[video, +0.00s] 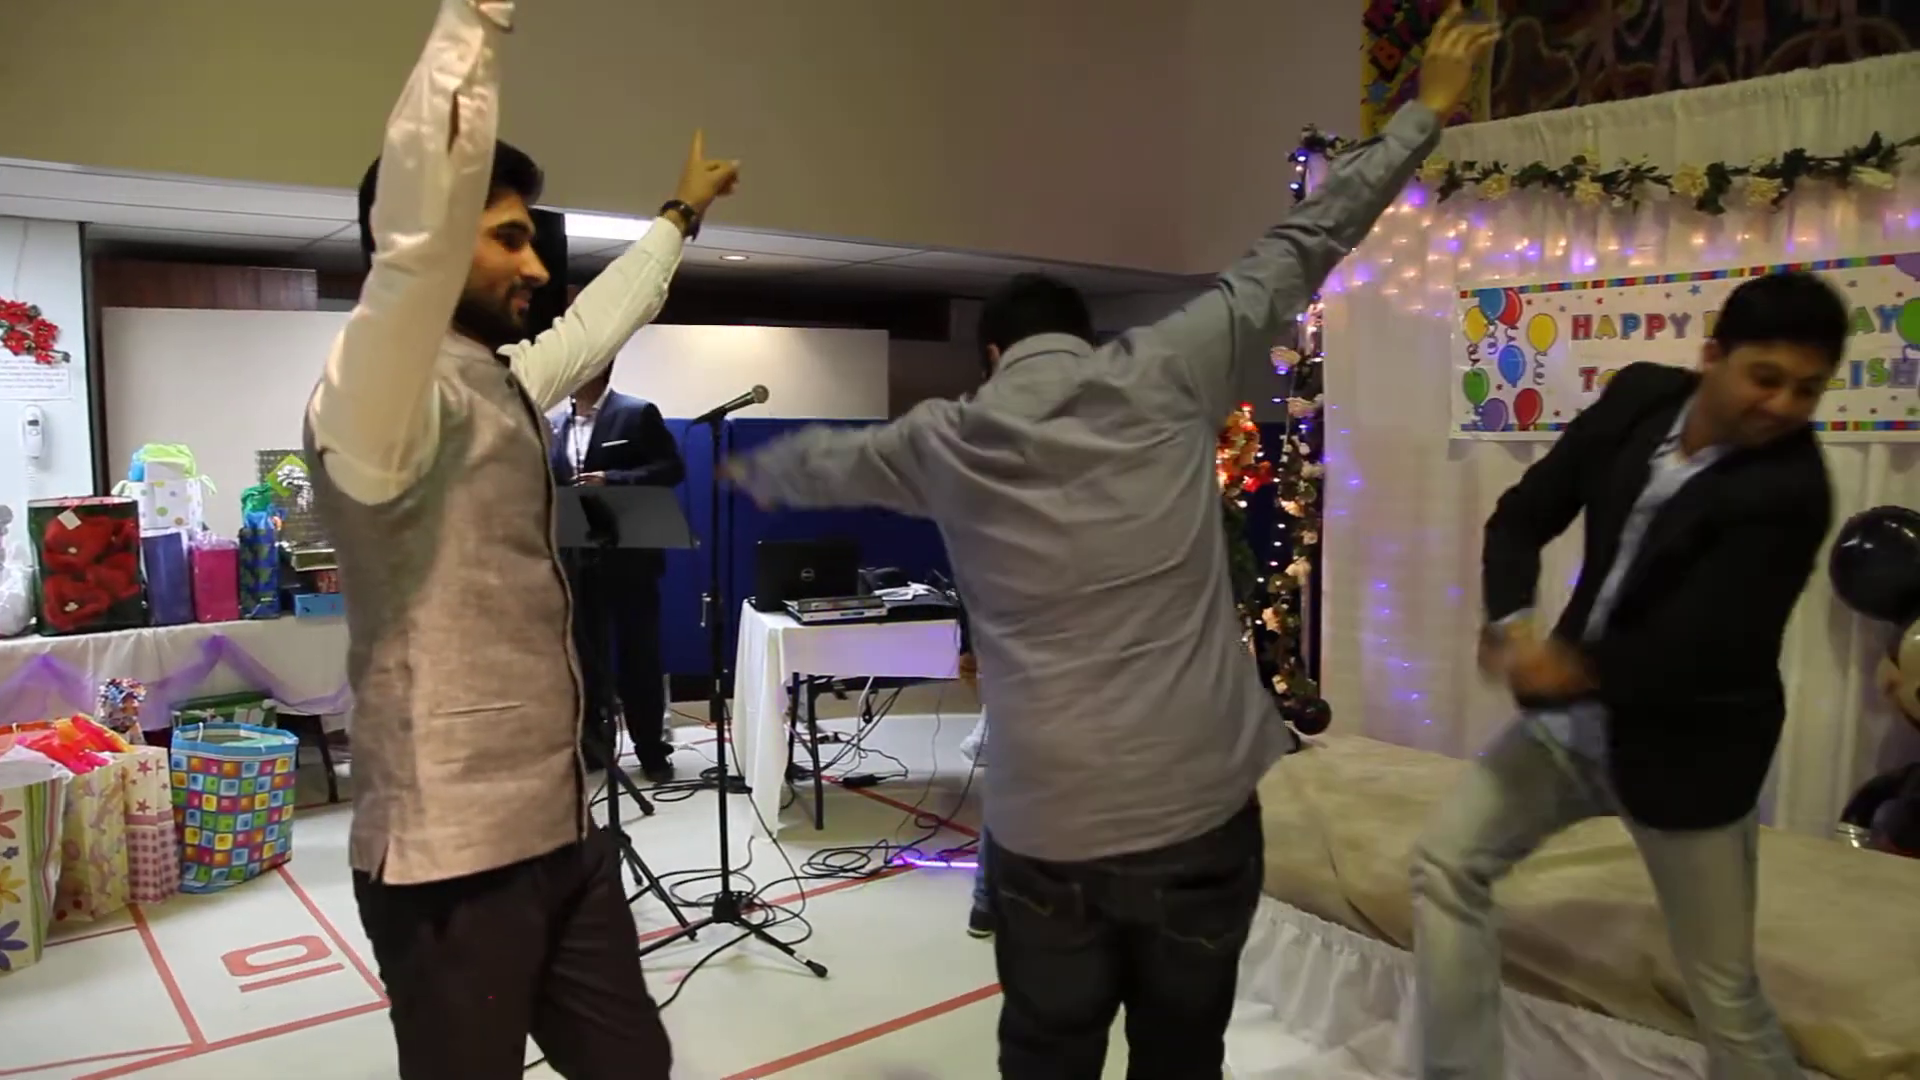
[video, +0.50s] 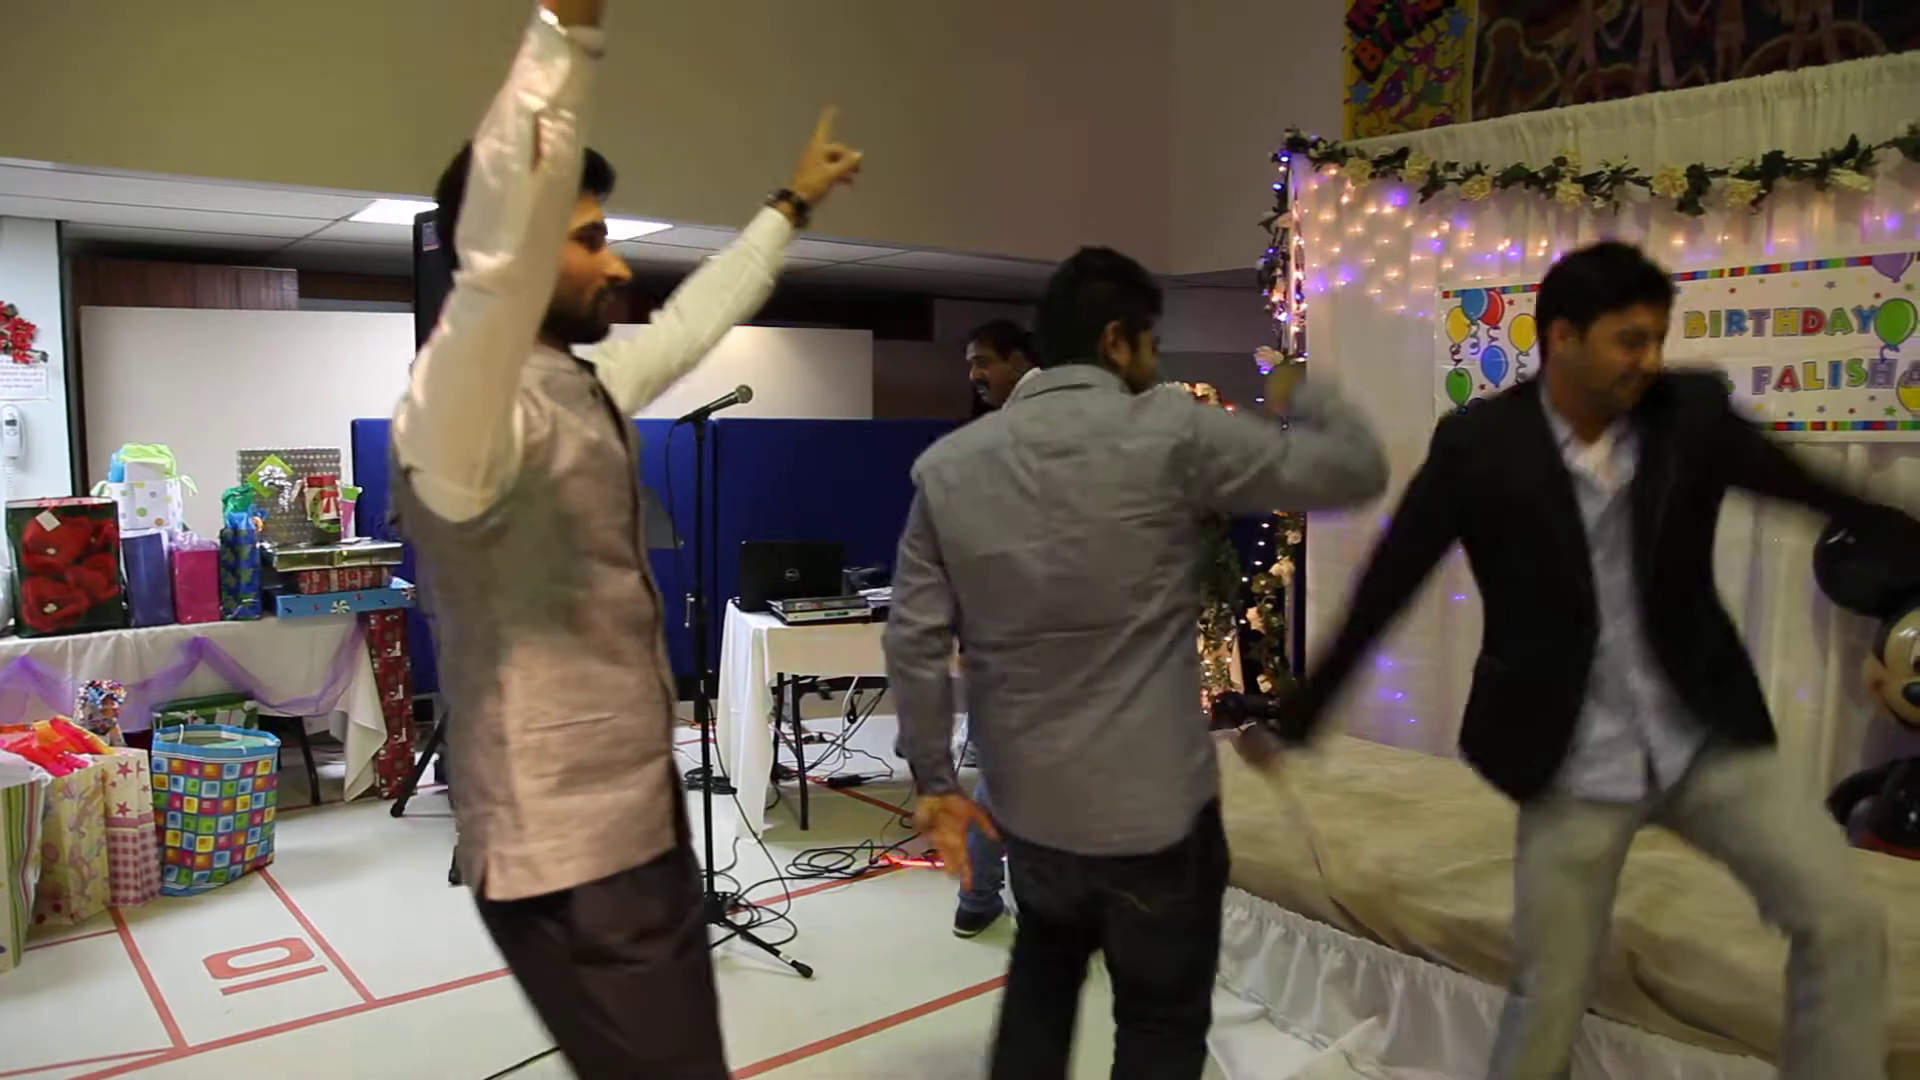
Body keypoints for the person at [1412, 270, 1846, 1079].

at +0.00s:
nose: (1782, 406)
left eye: (1806, 391)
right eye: (1766, 379)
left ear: (1824, 390)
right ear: (1714, 356)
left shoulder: (1793, 490)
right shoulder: (1640, 399)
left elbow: (1711, 640)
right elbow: (1520, 516)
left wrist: (1583, 668)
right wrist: (1507, 622)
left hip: (1691, 760)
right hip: (1579, 719)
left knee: (1723, 995)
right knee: (1446, 867)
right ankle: (1459, 1073)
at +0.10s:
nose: (1722, 422)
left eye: (1748, 407)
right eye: (1707, 395)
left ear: (1770, 399)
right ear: (1661, 367)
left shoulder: (1757, 496)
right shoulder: (1598, 414)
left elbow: (1679, 655)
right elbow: (1504, 555)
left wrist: (1525, 614)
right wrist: (1578, 593)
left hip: (1701, 761)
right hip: (1580, 732)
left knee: (1742, 1007)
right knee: (1478, 902)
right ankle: (1460, 1074)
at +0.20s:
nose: (1678, 417)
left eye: (1702, 399)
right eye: (1660, 392)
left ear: (1722, 391)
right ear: (1614, 369)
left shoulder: (1735, 488)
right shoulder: (1548, 436)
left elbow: (1679, 662)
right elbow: (1492, 594)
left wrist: (1533, 661)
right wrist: (1582, 601)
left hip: (1696, 781)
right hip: (1565, 764)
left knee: (1771, 1036)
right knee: (1508, 982)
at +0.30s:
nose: (1646, 420)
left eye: (1666, 400)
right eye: (1626, 398)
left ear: (1684, 393)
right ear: (1574, 381)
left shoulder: (1706, 492)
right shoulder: (1504, 464)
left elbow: (1706, 681)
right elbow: (1449, 632)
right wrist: (1541, 710)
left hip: (1694, 795)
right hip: (1553, 793)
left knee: (1785, 1038)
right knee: (1507, 1007)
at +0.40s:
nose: (1636, 407)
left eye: (1650, 387)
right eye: (1616, 386)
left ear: (1663, 384)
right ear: (1552, 378)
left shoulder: (1686, 471)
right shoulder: (1475, 475)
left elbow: (1752, 624)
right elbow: (1421, 630)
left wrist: (1800, 772)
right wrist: (1410, 786)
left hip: (1689, 776)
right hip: (1551, 785)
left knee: (1814, 985)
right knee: (1513, 1021)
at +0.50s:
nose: (1650, 362)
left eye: (1658, 341)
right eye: (1630, 341)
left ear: (1666, 338)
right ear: (1560, 339)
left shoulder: (1690, 415)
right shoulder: (1480, 442)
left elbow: (1804, 484)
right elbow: (1387, 584)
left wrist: (1893, 524)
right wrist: (1300, 710)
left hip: (1704, 737)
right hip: (1572, 761)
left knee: (1843, 918)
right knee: (1549, 1000)